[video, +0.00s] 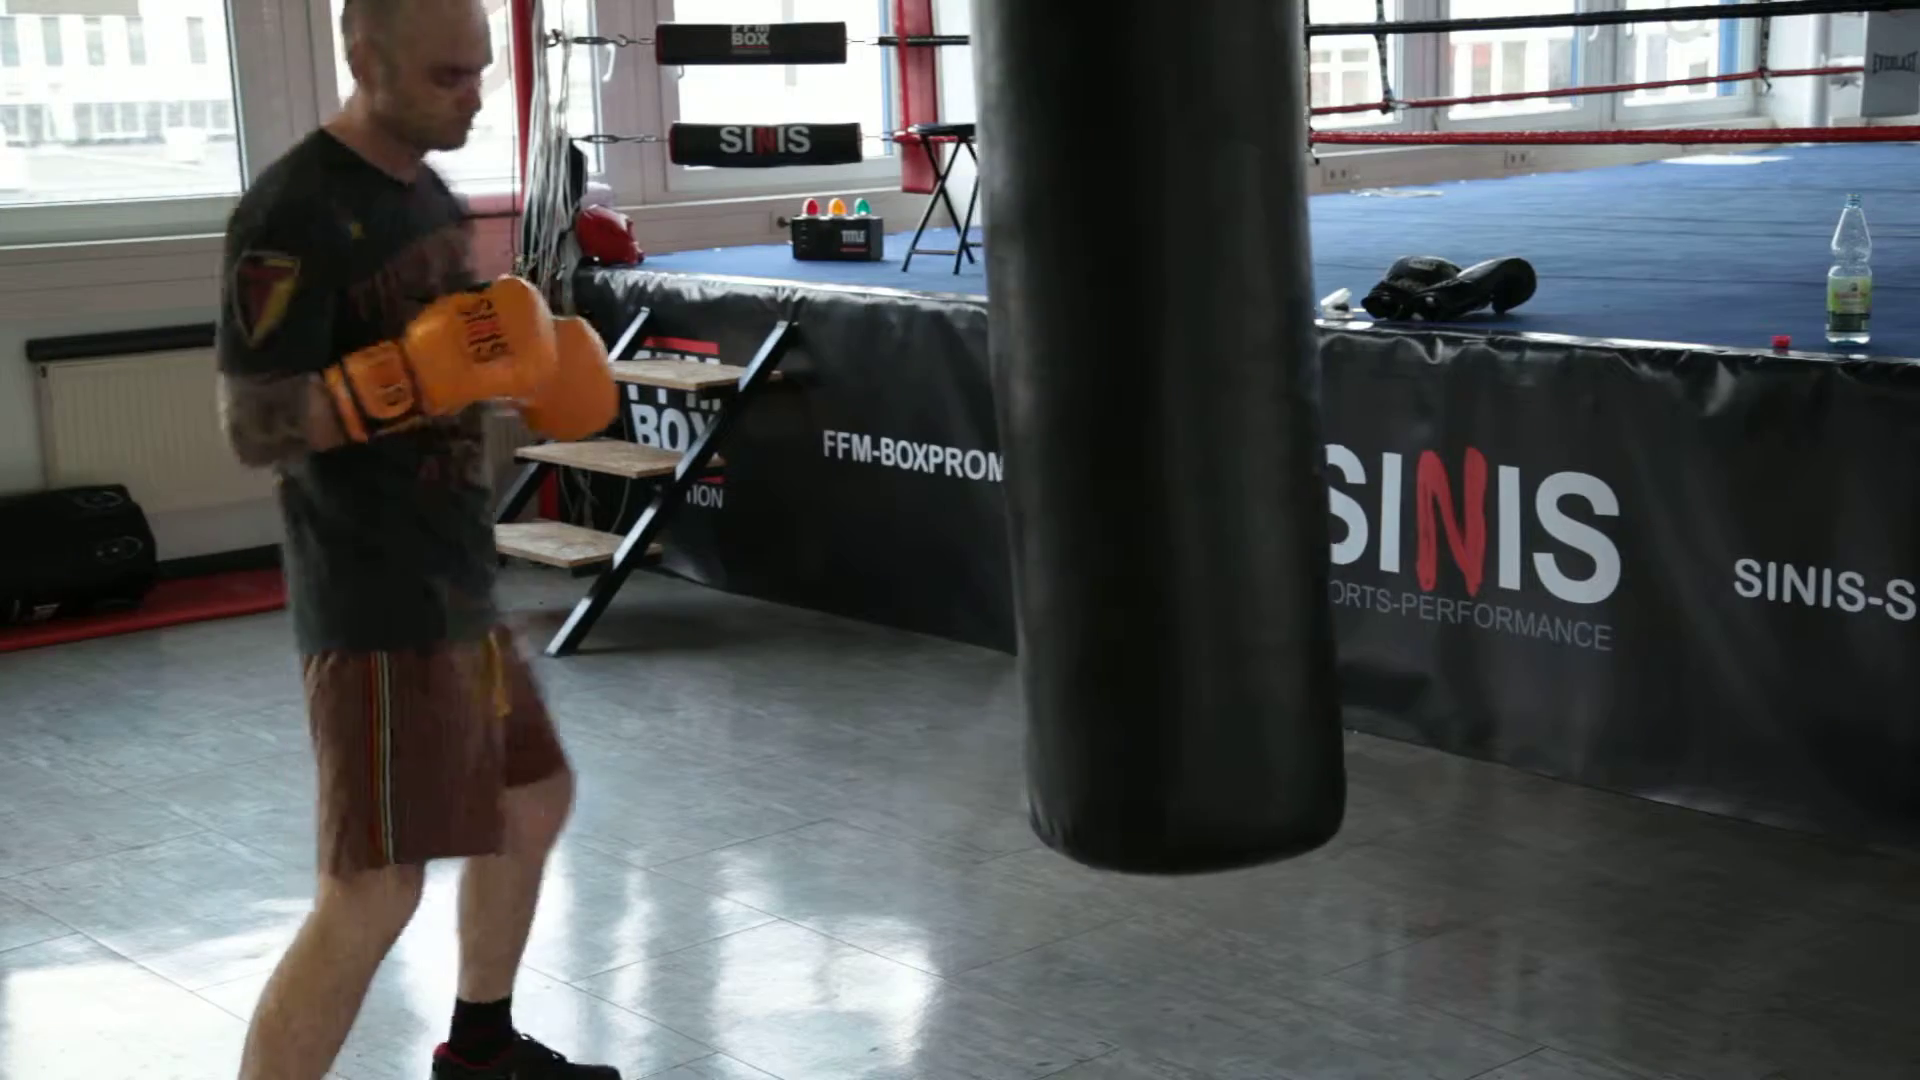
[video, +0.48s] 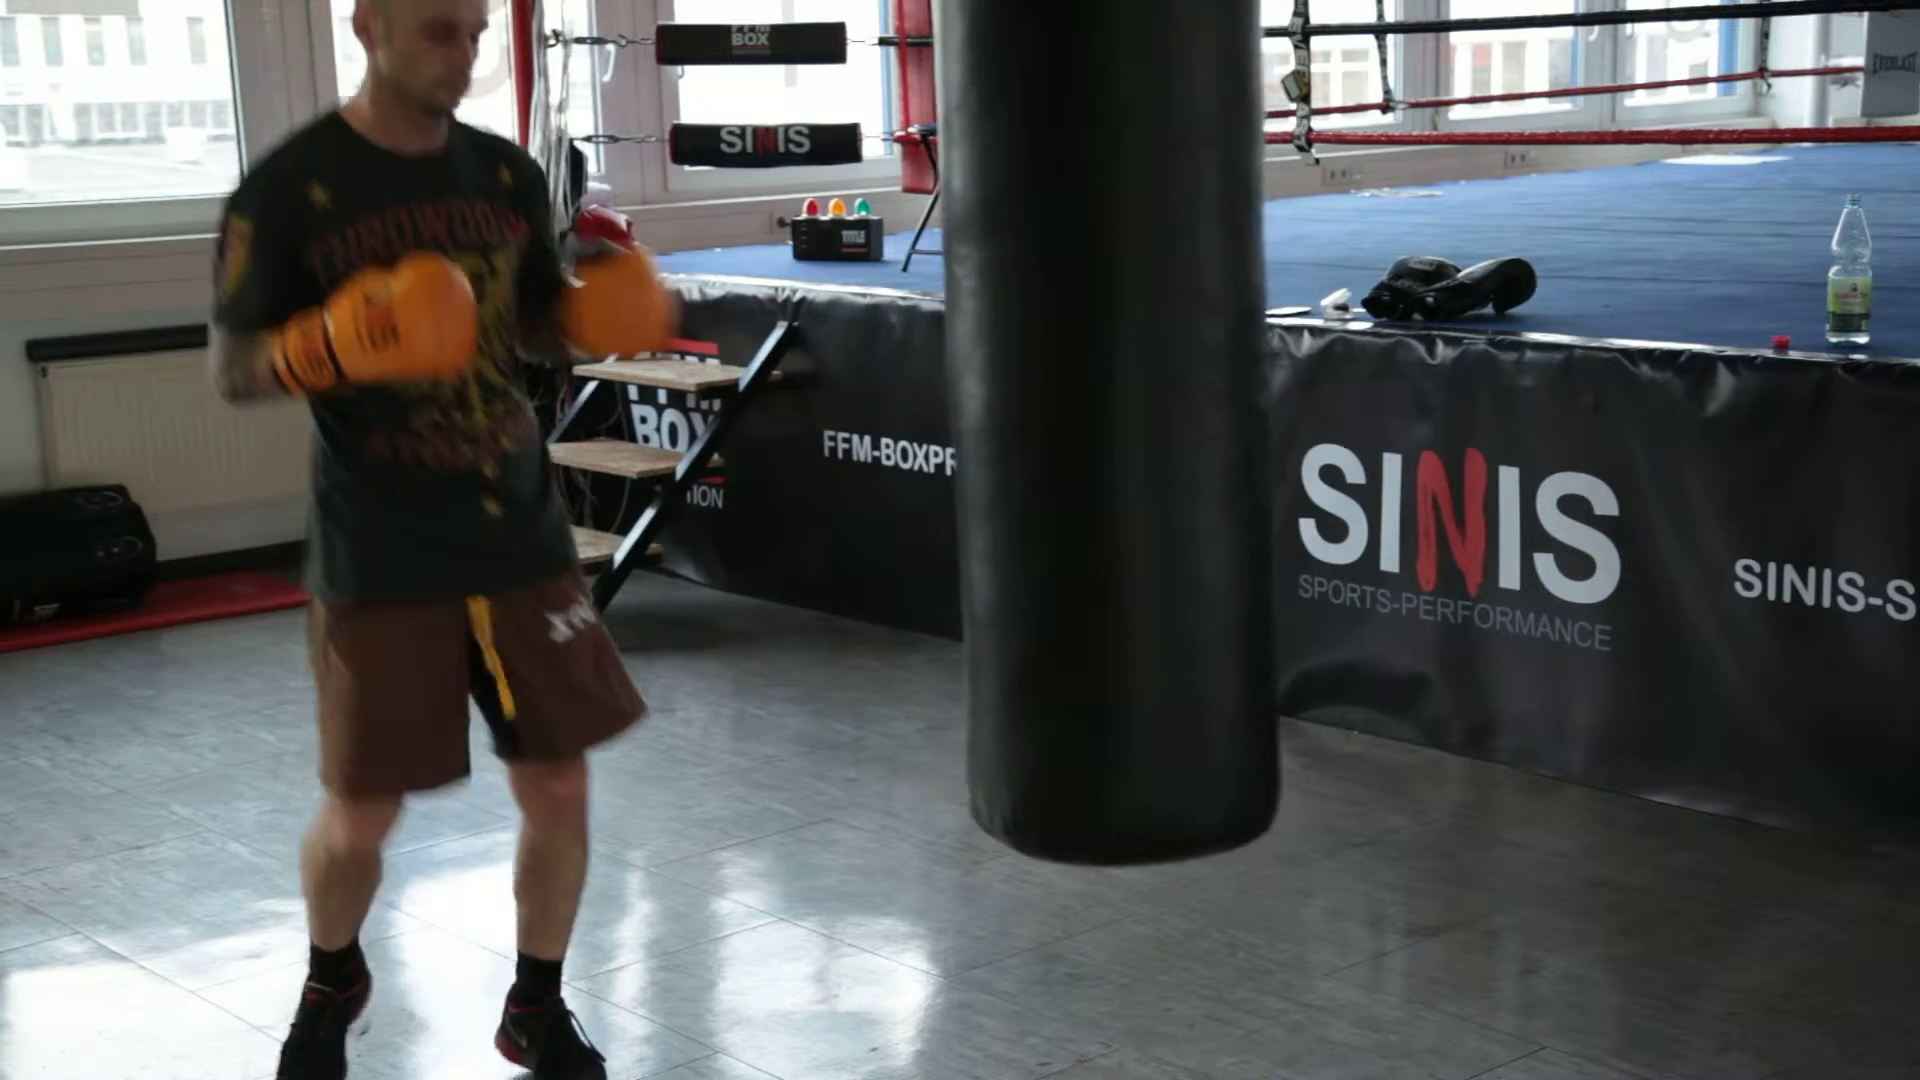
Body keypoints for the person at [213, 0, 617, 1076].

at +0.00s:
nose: (474, 96)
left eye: (480, 71)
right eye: (449, 76)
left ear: (482, 53)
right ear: (364, 61)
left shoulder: (432, 195)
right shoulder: (291, 208)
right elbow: (256, 424)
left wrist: (536, 385)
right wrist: (413, 372)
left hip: (455, 577)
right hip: (366, 600)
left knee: (531, 802)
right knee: (374, 890)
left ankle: (481, 1046)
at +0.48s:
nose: (462, 51)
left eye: (473, 30)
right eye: (438, 31)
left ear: (483, 32)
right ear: (368, 27)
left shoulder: (513, 176)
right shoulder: (286, 187)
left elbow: (538, 332)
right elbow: (237, 372)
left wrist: (607, 315)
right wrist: (351, 334)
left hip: (518, 535)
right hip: (375, 550)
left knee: (558, 789)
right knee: (358, 819)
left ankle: (537, 1006)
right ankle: (332, 986)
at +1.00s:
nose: (390, 99)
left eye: (404, 76)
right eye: (371, 74)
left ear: (418, 62)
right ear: (297, 45)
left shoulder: (422, 174)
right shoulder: (181, 181)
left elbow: (477, 347)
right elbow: (135, 354)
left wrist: (478, 310)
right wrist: (244, 339)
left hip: (428, 528)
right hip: (279, 544)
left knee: (497, 789)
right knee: (281, 798)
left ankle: (513, 1041)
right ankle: (290, 1014)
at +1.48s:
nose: (394, 124)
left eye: (412, 102)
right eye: (375, 100)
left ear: (430, 79)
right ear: (304, 66)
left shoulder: (438, 179)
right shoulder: (198, 176)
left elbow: (507, 346)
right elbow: (167, 361)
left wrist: (529, 270)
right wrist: (264, 253)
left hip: (425, 538)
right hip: (271, 550)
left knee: (504, 810)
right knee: (219, 838)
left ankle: (510, 1049)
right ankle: (169, 1062)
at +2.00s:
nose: (519, 155)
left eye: (538, 134)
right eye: (503, 128)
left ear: (550, 123)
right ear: (440, 93)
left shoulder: (537, 218)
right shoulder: (320, 195)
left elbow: (561, 398)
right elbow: (311, 378)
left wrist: (618, 296)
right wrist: (418, 263)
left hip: (490, 561)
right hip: (345, 569)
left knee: (592, 812)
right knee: (283, 862)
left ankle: (637, 1057)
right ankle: (178, 1041)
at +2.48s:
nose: (364, 181)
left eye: (379, 154)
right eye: (338, 158)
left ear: (396, 140)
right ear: (268, 139)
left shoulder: (432, 209)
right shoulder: (203, 256)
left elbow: (576, 355)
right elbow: (236, 466)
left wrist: (525, 284)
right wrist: (275, 353)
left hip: (469, 578)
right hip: (307, 595)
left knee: (593, 828)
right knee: (225, 879)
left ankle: (640, 1058)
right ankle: (163, 1062)